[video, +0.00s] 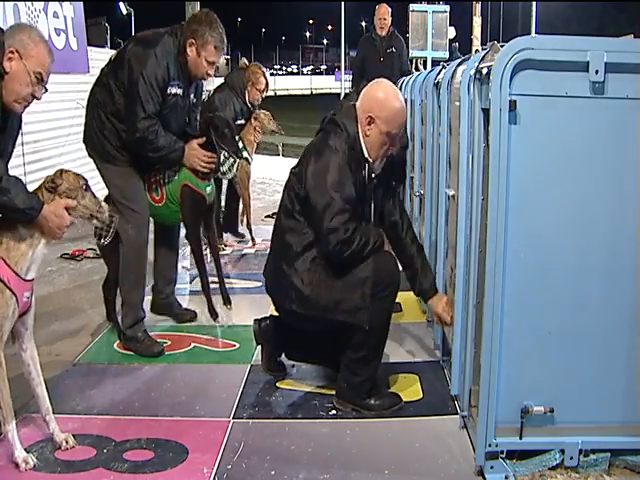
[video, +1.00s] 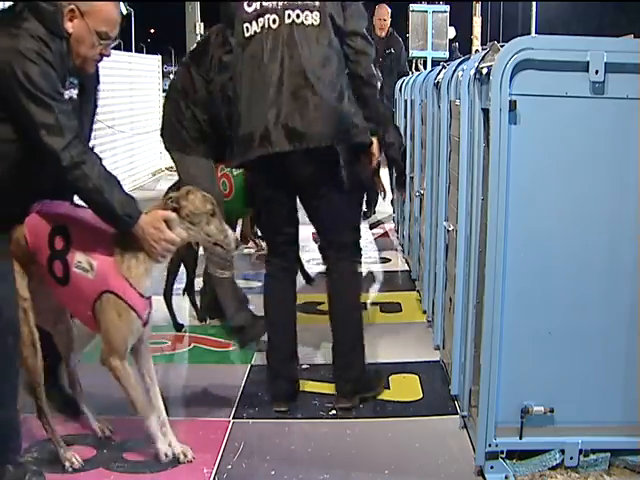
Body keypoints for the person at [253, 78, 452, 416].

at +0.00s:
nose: (396, 145)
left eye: (399, 136)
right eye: (391, 136)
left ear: (373, 123)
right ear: (366, 124)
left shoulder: (374, 154)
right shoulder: (331, 154)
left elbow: (397, 225)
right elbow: (340, 246)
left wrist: (430, 294)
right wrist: (379, 237)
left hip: (327, 280)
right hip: (297, 281)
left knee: (355, 355)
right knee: (382, 270)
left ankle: (277, 333)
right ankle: (356, 389)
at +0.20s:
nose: (398, 142)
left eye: (401, 134)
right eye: (394, 133)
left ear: (374, 120)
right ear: (370, 121)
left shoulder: (369, 152)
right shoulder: (333, 148)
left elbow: (395, 230)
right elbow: (344, 244)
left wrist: (426, 301)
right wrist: (382, 236)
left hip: (327, 280)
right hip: (298, 281)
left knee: (355, 353)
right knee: (382, 270)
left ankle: (273, 334)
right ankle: (356, 389)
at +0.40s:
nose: (402, 84)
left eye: (404, 75)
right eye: (403, 74)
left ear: (376, 59)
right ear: (390, 66)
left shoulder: (344, 86)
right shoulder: (353, 98)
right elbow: (361, 193)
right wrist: (393, 236)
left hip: (297, 230)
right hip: (305, 234)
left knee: (349, 314)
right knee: (391, 271)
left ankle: (271, 336)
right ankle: (357, 387)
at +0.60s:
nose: (391, 19)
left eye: (392, 11)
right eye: (391, 10)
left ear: (352, 3)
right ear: (377, 5)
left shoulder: (313, 31)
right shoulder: (367, 46)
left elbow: (294, 114)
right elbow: (383, 138)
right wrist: (401, 211)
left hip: (285, 187)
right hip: (327, 191)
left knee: (334, 265)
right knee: (387, 265)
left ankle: (281, 362)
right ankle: (358, 385)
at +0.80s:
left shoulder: (270, 11)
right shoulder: (356, 8)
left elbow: (261, 88)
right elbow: (380, 88)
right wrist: (397, 162)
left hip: (274, 162)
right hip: (331, 162)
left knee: (301, 262)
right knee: (371, 259)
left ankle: (285, 385)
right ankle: (355, 387)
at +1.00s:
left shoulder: (240, 9)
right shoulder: (339, 4)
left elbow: (223, 65)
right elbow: (359, 55)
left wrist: (229, 144)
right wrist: (375, 127)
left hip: (258, 138)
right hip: (321, 131)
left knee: (280, 259)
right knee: (342, 256)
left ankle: (281, 385)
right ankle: (350, 381)